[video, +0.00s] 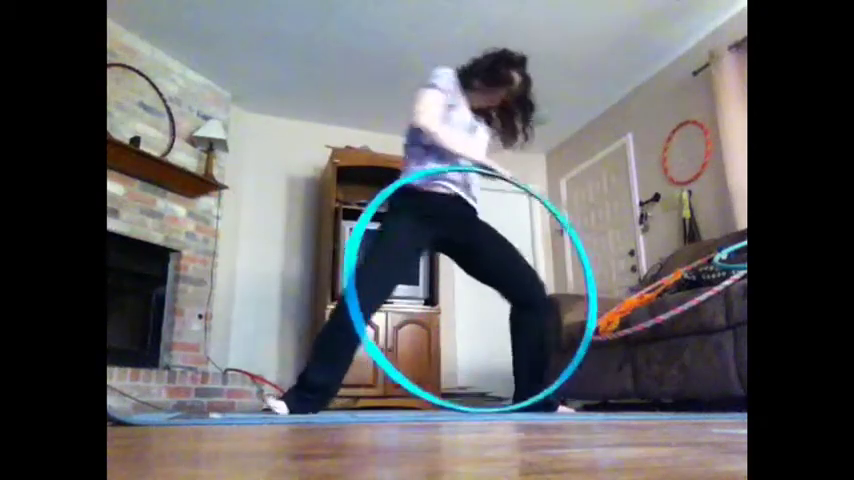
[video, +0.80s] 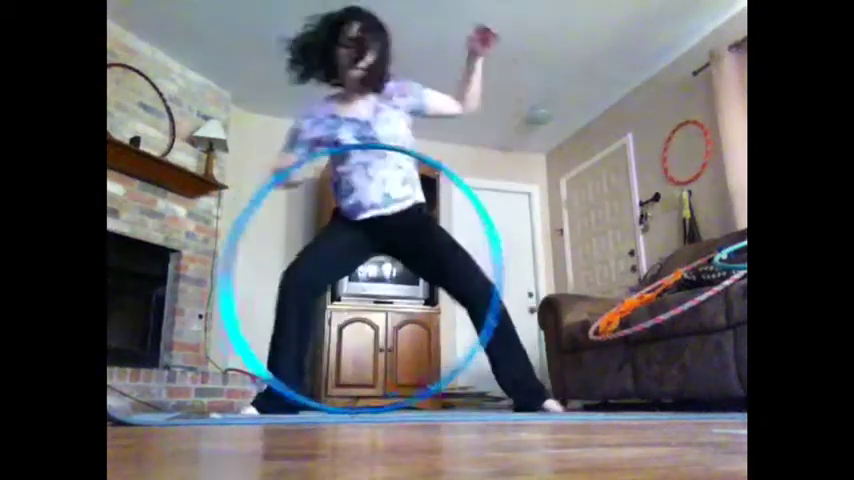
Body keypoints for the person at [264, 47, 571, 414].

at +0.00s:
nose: (492, 107)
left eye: (499, 104)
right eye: (494, 98)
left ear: (502, 102)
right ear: (485, 79)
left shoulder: (482, 125)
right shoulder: (444, 83)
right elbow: (425, 122)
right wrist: (478, 153)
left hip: (459, 216)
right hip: (414, 207)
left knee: (531, 293)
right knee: (360, 301)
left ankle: (535, 402)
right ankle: (301, 401)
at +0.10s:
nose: (472, 87)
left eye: (480, 84)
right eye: (472, 76)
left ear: (483, 86)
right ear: (459, 62)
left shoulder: (469, 110)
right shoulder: (413, 78)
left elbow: (484, 148)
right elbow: (374, 110)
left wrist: (497, 184)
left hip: (454, 213)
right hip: (405, 206)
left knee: (511, 296)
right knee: (345, 290)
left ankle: (531, 397)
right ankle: (300, 396)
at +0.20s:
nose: (456, 71)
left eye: (465, 68)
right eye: (453, 60)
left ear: (470, 73)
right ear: (435, 52)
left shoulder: (458, 104)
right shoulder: (392, 81)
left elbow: (498, 144)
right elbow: (345, 113)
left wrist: (506, 172)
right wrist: (384, 143)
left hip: (445, 210)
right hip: (393, 208)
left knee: (499, 293)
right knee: (334, 288)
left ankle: (533, 397)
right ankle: (298, 395)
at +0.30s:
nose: (433, 63)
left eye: (442, 58)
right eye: (429, 52)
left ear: (449, 64)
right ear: (412, 47)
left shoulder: (444, 97)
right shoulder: (373, 85)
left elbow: (489, 118)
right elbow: (322, 117)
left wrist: (509, 149)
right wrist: (347, 139)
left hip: (437, 209)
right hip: (384, 209)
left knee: (489, 296)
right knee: (324, 286)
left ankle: (531, 398)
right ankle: (297, 395)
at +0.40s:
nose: (399, 54)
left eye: (408, 48)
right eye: (391, 45)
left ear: (418, 54)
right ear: (374, 46)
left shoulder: (423, 90)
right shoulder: (346, 95)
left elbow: (471, 96)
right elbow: (295, 124)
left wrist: (505, 117)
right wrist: (287, 142)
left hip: (426, 207)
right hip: (374, 214)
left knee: (475, 297)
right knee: (312, 281)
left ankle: (531, 400)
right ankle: (291, 397)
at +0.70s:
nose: (343, 50)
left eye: (352, 42)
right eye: (334, 41)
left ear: (364, 52)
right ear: (318, 50)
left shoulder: (385, 91)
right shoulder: (304, 118)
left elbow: (448, 98)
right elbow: (265, 172)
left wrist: (479, 65)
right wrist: (244, 182)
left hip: (405, 217)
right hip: (351, 226)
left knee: (469, 297)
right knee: (291, 278)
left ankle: (540, 398)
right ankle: (282, 401)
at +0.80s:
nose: (362, 55)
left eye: (371, 46)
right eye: (351, 45)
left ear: (382, 53)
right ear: (331, 53)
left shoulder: (399, 96)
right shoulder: (317, 116)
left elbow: (466, 104)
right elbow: (282, 175)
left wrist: (475, 58)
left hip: (409, 221)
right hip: (352, 227)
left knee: (480, 292)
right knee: (297, 283)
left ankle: (532, 397)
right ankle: (280, 399)